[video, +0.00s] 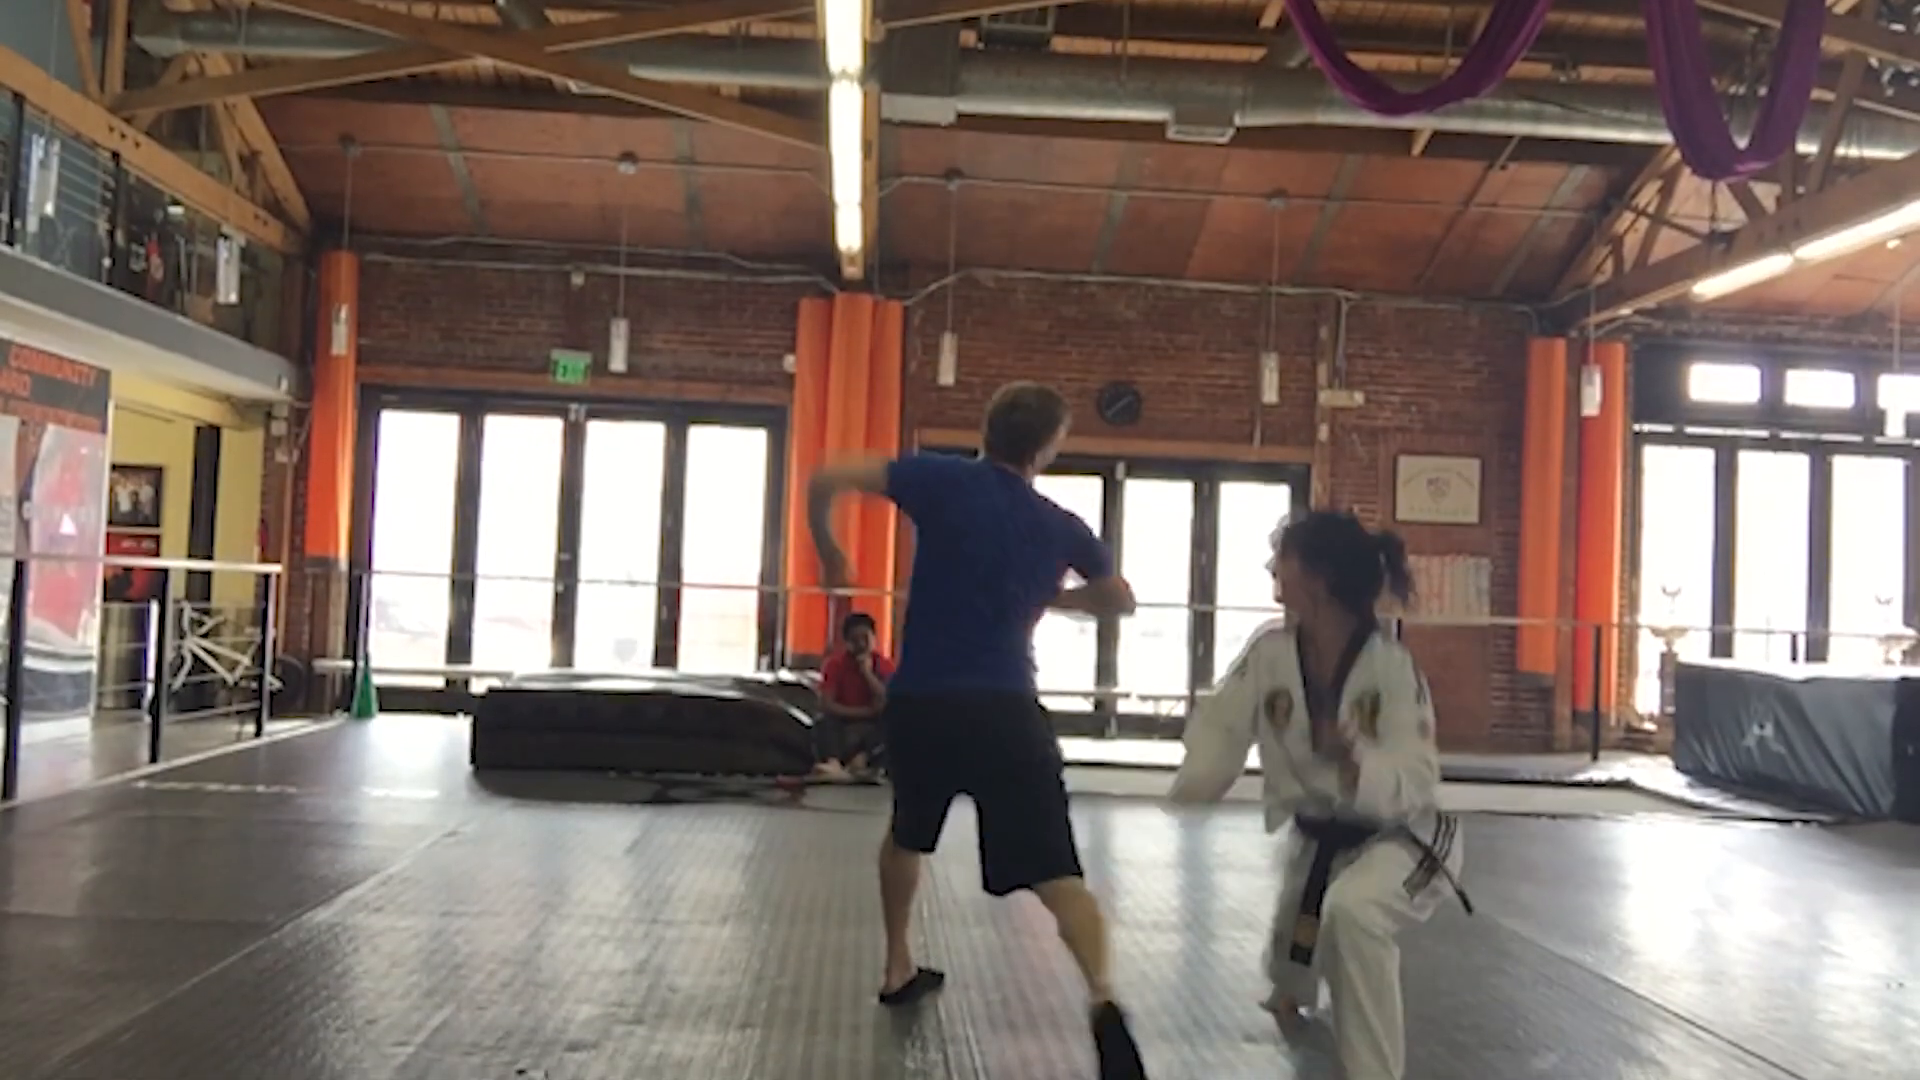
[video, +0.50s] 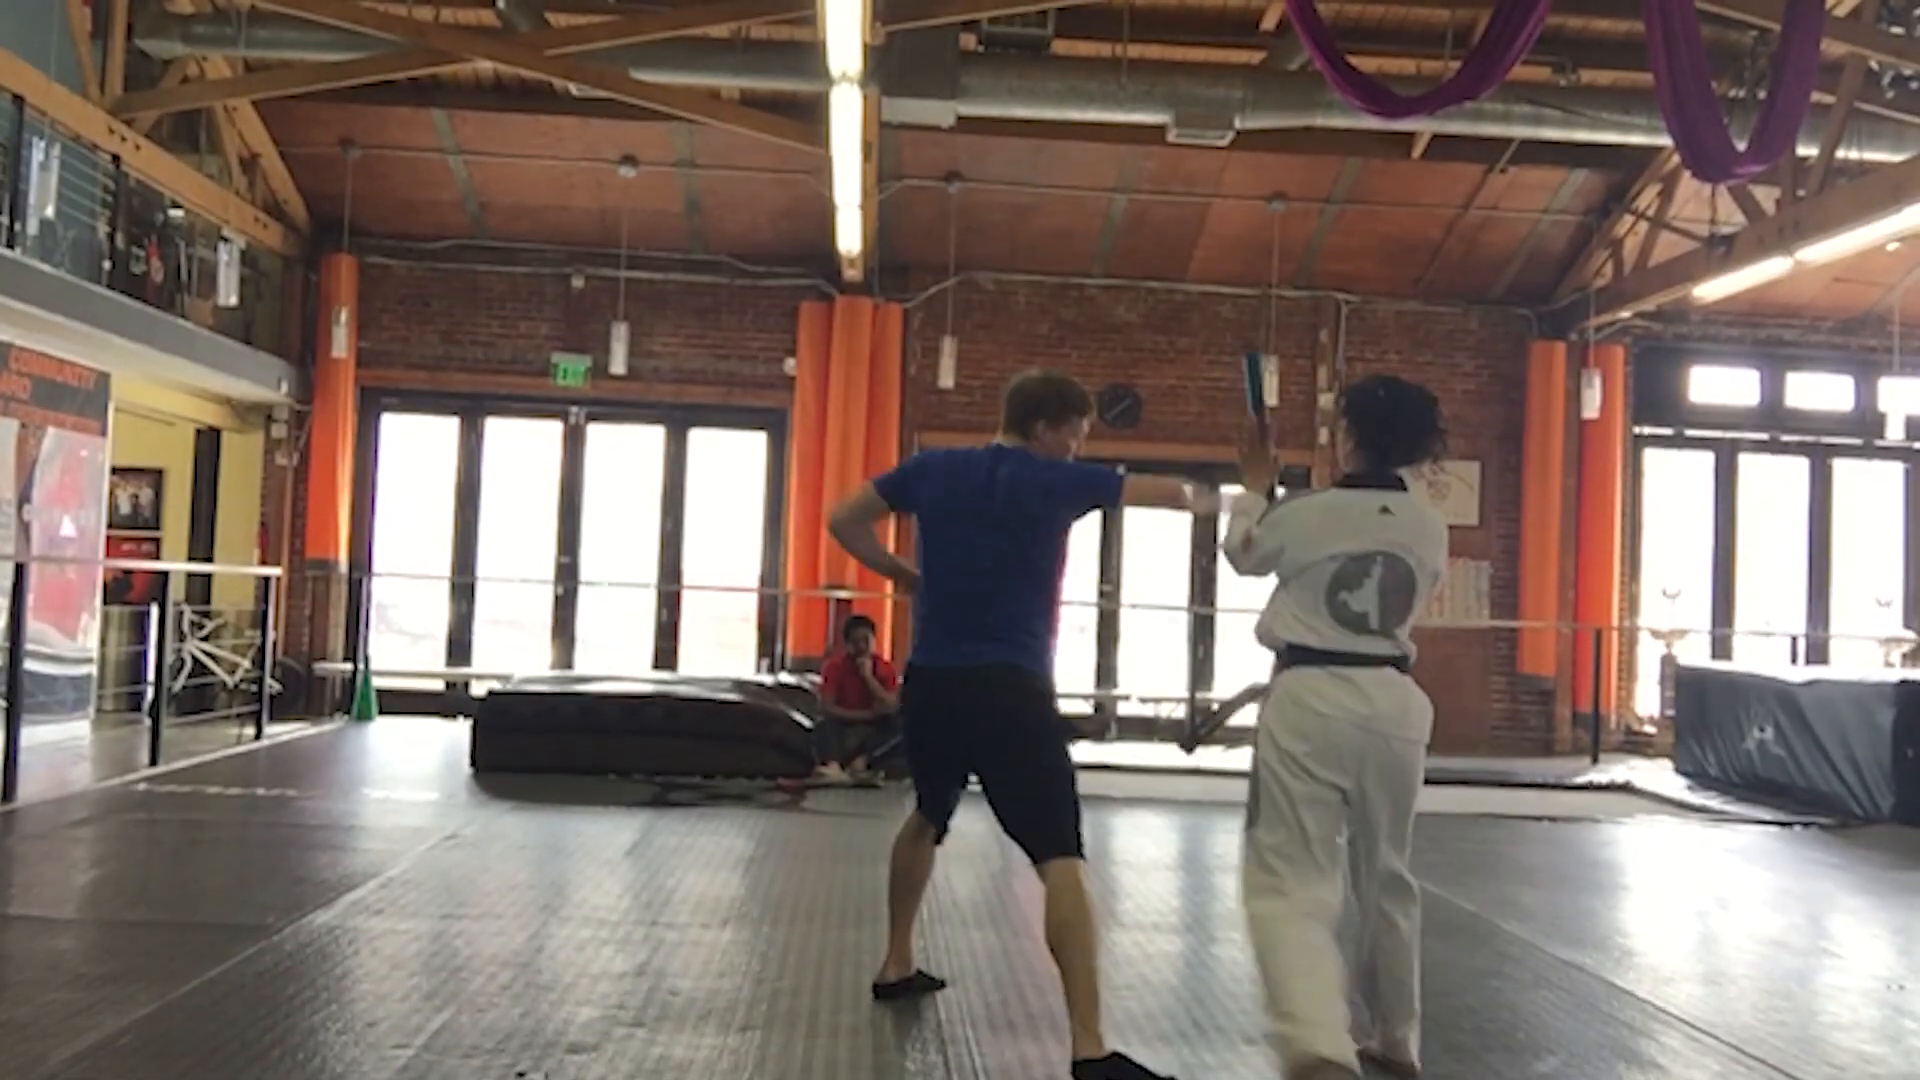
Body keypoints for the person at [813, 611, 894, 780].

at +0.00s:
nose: (861, 645)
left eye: (865, 638)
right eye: (855, 640)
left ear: (873, 638)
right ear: (846, 642)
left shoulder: (883, 665)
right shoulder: (835, 665)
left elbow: (887, 701)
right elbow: (826, 704)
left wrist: (868, 673)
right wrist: (868, 711)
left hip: (872, 719)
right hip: (842, 719)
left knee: (888, 723)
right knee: (825, 722)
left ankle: (861, 760)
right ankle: (833, 762)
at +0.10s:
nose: (861, 644)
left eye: (865, 638)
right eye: (855, 639)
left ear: (872, 638)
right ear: (846, 642)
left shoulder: (884, 665)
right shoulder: (835, 665)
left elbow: (888, 704)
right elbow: (827, 705)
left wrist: (868, 673)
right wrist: (869, 711)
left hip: (873, 722)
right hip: (842, 721)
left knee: (892, 725)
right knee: (825, 724)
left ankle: (861, 760)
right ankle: (832, 763)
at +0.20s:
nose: (861, 645)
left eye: (865, 638)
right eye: (855, 640)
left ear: (873, 638)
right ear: (846, 641)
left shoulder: (885, 666)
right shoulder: (834, 665)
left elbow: (891, 703)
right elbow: (827, 706)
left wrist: (868, 674)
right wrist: (870, 711)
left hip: (874, 722)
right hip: (843, 722)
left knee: (896, 722)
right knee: (826, 723)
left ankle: (862, 760)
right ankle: (832, 763)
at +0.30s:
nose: (861, 646)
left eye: (865, 639)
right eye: (855, 641)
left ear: (873, 639)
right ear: (847, 643)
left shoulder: (885, 667)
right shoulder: (834, 666)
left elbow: (888, 705)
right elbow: (827, 706)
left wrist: (868, 675)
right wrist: (869, 713)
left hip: (873, 722)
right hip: (842, 722)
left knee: (893, 722)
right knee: (826, 724)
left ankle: (862, 762)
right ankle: (832, 763)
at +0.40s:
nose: (861, 646)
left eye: (865, 639)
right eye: (855, 641)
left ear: (873, 639)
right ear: (847, 643)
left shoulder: (885, 667)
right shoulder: (834, 666)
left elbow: (888, 705)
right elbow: (826, 707)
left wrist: (868, 675)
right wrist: (869, 712)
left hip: (874, 722)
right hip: (842, 721)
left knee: (897, 726)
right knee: (826, 725)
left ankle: (862, 762)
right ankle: (832, 764)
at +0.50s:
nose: (861, 647)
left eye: (865, 640)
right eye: (855, 642)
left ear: (873, 639)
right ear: (846, 643)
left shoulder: (884, 667)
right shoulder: (834, 666)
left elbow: (891, 705)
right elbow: (827, 708)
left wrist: (868, 677)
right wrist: (870, 713)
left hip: (874, 721)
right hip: (842, 721)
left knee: (897, 725)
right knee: (826, 725)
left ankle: (861, 763)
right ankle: (832, 765)